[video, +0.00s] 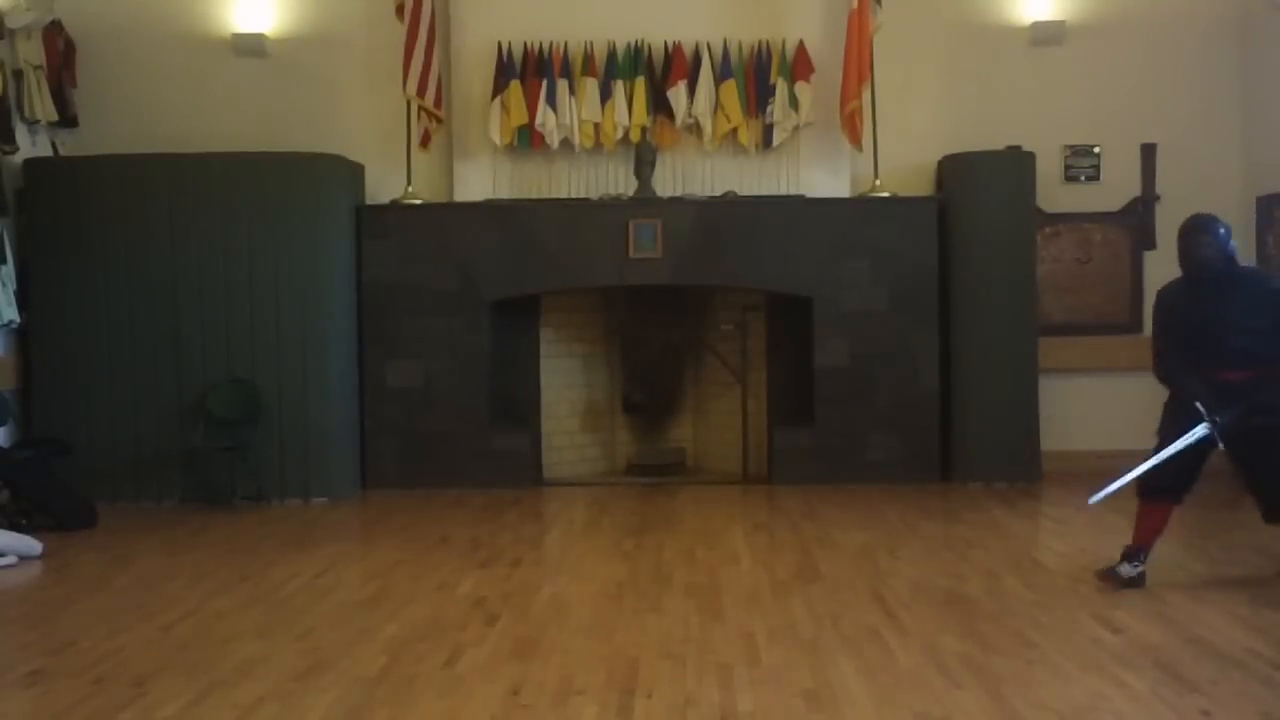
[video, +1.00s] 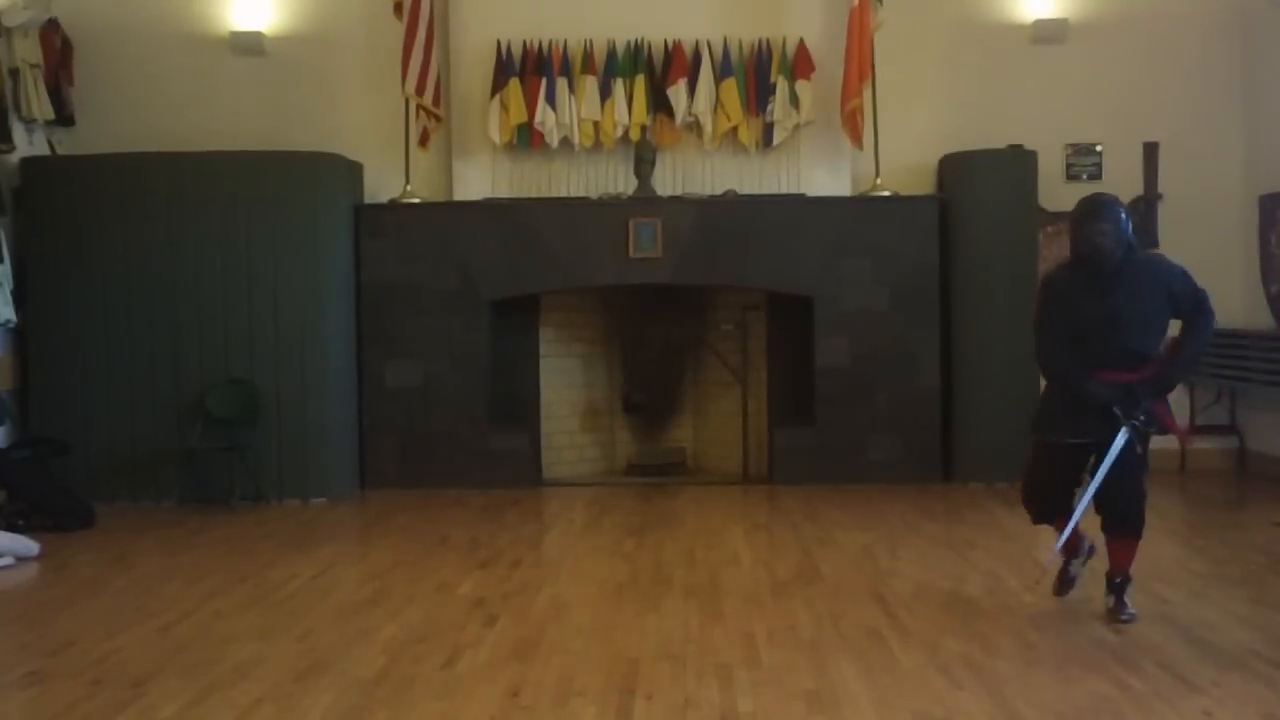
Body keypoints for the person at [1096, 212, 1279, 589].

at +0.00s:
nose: (1198, 255)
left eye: (1207, 246)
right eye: (1190, 247)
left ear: (1227, 247)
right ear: (1180, 252)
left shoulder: (1259, 290)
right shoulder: (1171, 298)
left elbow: (1273, 356)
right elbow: (1165, 363)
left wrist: (1246, 401)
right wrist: (1198, 396)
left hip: (1256, 398)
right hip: (1195, 396)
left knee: (1273, 486)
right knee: (1164, 473)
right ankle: (1134, 560)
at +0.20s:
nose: (1153, 254)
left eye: (1160, 244)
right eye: (1145, 245)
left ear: (1177, 244)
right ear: (1135, 250)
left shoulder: (1209, 282)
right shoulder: (1125, 299)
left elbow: (1258, 326)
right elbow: (1124, 366)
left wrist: (1220, 379)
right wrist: (1164, 400)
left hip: (1208, 396)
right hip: (1150, 398)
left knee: (1248, 483)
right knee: (1125, 479)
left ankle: (1277, 534)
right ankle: (1129, 565)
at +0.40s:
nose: (1124, 249)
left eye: (1131, 239)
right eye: (1115, 241)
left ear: (1147, 239)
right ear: (1103, 246)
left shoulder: (1179, 274)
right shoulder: (1093, 294)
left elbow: (1237, 306)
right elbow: (1096, 361)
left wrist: (1203, 367)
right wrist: (1147, 390)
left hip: (1180, 391)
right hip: (1121, 394)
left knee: (1204, 478)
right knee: (1108, 486)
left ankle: (1215, 547)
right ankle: (1128, 566)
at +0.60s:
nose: (1108, 254)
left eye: (1114, 243)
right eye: (1099, 246)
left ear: (1133, 239)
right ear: (1087, 249)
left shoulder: (1166, 276)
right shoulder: (1075, 294)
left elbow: (1217, 304)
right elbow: (1078, 364)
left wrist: (1190, 364)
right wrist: (1133, 391)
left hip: (1159, 406)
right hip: (1101, 409)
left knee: (1154, 492)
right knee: (1099, 496)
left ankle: (1138, 572)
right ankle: (1130, 565)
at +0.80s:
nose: (1102, 250)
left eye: (1110, 240)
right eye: (1093, 242)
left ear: (1130, 241)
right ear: (1081, 246)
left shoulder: (1160, 280)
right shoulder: (1068, 292)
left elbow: (1205, 317)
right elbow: (1061, 364)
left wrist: (1177, 375)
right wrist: (1118, 399)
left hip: (1136, 411)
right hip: (1082, 411)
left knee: (1129, 496)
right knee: (1082, 504)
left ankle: (1120, 583)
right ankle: (1113, 562)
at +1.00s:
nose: (1092, 244)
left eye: (1102, 235)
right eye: (1084, 235)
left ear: (1124, 235)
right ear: (1073, 236)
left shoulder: (1155, 275)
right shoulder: (1059, 284)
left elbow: (1201, 314)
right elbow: (1049, 357)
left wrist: (1172, 372)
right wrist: (1105, 398)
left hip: (1129, 404)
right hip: (1068, 401)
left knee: (1123, 500)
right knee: (1042, 493)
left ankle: (1119, 587)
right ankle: (1076, 549)